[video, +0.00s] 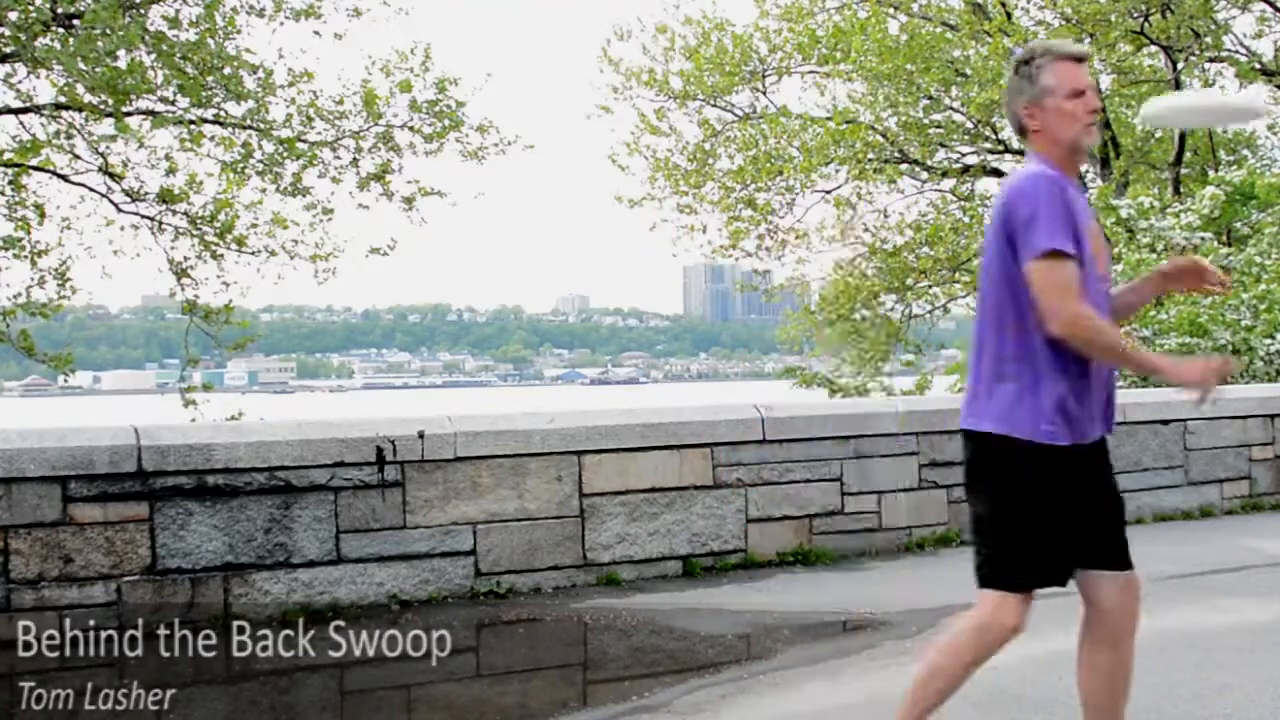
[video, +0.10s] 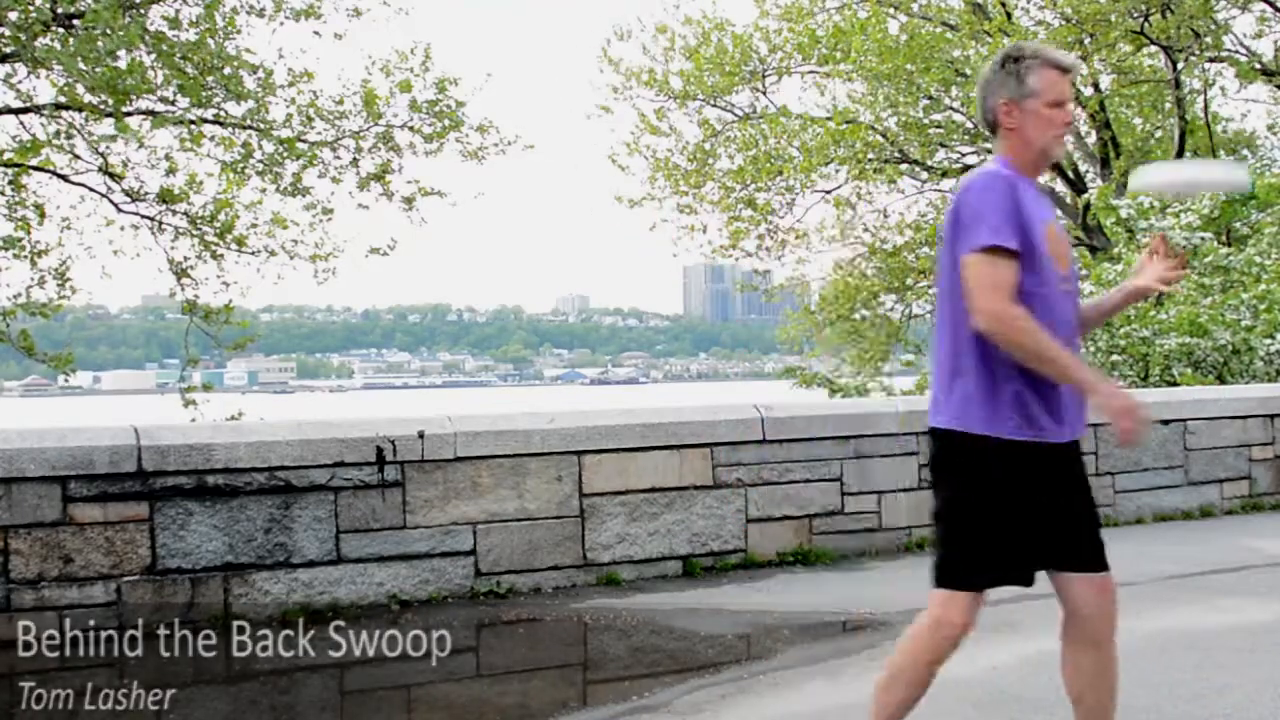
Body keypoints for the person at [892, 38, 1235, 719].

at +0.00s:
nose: (1094, 105)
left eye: (1093, 93)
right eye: (1075, 95)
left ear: (1092, 103)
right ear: (1032, 116)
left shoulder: (1069, 194)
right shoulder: (1034, 188)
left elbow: (1093, 313)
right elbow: (1061, 316)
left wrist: (1158, 282)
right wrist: (1169, 369)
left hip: (1073, 438)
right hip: (1013, 436)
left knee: (1115, 599)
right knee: (1000, 612)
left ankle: (1105, 719)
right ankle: (906, 712)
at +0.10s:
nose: (1072, 117)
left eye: (1072, 104)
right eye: (1057, 104)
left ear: (1027, 116)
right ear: (1008, 114)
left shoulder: (1037, 204)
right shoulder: (990, 187)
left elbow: (1058, 325)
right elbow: (991, 311)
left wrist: (1134, 287)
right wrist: (1097, 386)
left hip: (1046, 440)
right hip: (977, 438)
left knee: (1092, 603)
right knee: (951, 616)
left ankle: (1096, 719)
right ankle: (878, 715)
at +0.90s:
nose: (854, 147)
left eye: (872, 136)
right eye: (848, 134)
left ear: (911, 148)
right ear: (840, 138)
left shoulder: (935, 237)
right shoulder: (802, 219)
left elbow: (904, 338)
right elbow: (771, 338)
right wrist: (793, 451)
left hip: (926, 431)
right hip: (838, 443)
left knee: (1037, 518)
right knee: (847, 629)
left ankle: (1058, 708)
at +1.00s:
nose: (838, 128)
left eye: (855, 117)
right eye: (835, 116)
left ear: (901, 134)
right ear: (833, 125)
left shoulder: (940, 221)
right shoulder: (800, 206)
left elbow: (908, 319)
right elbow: (780, 324)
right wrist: (832, 434)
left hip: (929, 427)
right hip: (835, 434)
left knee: (1012, 571)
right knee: (846, 625)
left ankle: (1029, 715)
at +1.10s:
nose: (834, 119)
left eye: (850, 106)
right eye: (835, 107)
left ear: (898, 125)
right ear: (840, 119)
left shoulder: (950, 214)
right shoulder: (801, 204)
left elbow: (963, 297)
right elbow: (782, 320)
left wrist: (932, 362)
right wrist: (837, 415)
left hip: (932, 434)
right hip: (837, 432)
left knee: (968, 605)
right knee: (844, 622)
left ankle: (1003, 717)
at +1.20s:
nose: (832, 119)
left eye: (848, 107)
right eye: (835, 107)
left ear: (894, 127)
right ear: (876, 127)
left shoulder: (953, 215)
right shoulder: (801, 212)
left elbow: (1000, 303)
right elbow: (781, 328)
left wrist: (974, 384)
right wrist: (823, 420)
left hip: (930, 443)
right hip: (836, 442)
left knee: (959, 612)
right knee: (833, 621)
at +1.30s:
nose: (818, 119)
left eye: (834, 108)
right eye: (823, 107)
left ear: (877, 128)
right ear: (861, 128)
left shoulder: (934, 209)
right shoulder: (792, 215)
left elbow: (974, 322)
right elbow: (774, 326)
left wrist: (890, 337)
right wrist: (787, 409)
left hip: (922, 447)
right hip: (829, 451)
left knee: (954, 615)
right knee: (806, 618)